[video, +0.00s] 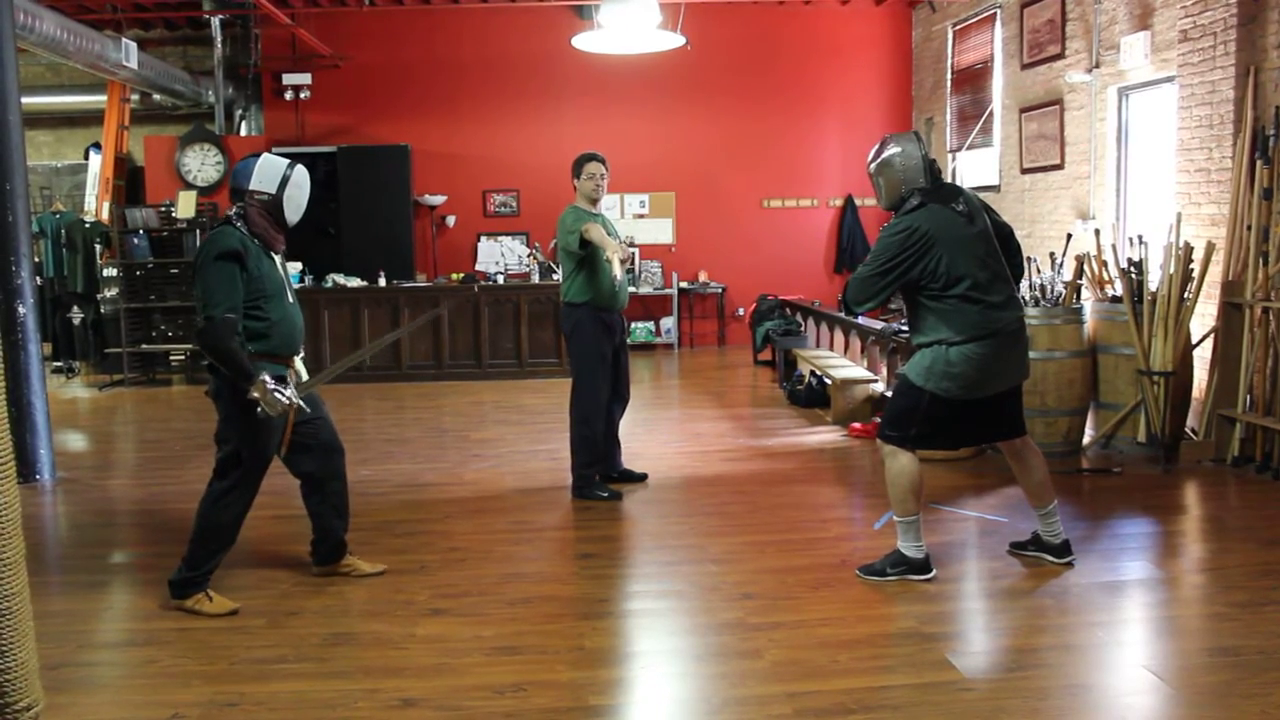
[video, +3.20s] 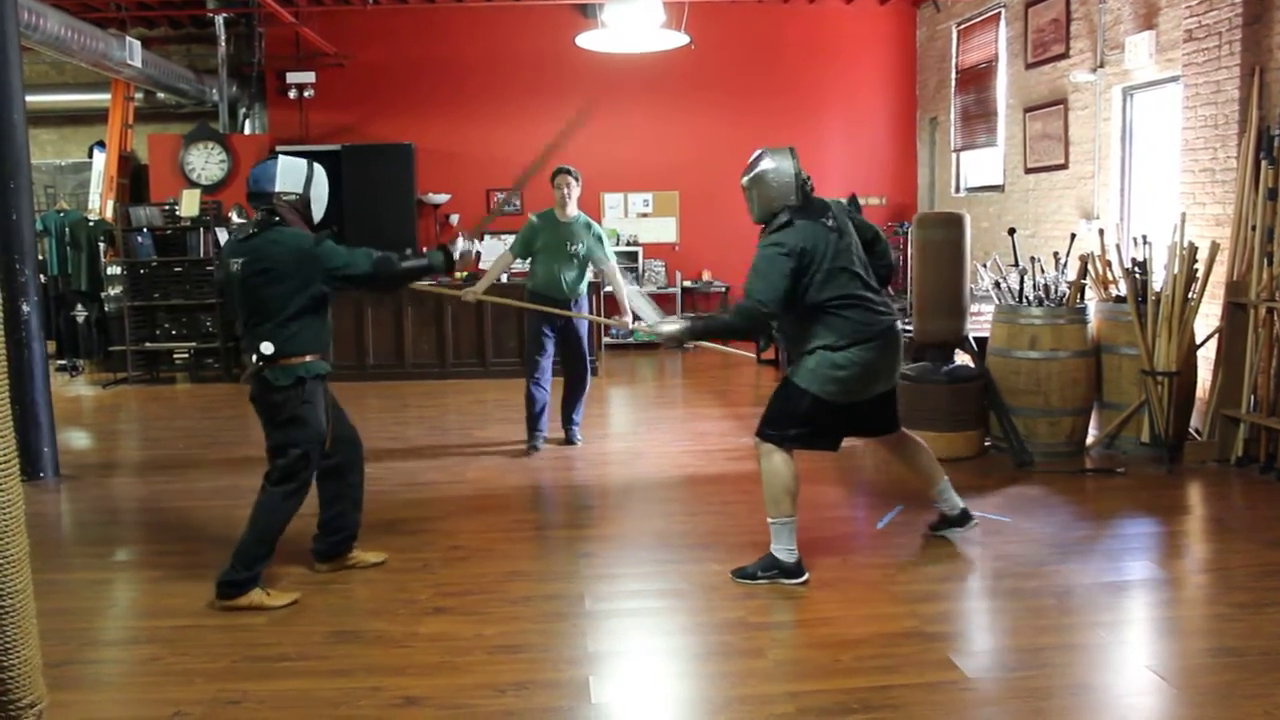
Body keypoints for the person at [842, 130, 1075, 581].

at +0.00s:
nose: (877, 191)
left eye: (878, 180)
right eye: (876, 181)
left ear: (896, 177)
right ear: (924, 171)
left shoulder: (907, 227)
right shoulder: (970, 204)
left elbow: (856, 297)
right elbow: (1013, 255)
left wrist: (884, 277)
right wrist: (994, 296)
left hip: (954, 352)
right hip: (1008, 344)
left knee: (895, 437)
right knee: (1014, 438)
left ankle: (911, 553)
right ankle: (1053, 538)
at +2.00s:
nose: (872, 183)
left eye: (874, 173)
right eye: (871, 174)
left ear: (891, 171)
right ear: (921, 164)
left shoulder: (901, 221)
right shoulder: (965, 200)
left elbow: (850, 290)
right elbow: (1008, 248)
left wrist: (887, 267)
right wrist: (997, 295)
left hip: (944, 348)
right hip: (997, 340)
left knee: (898, 443)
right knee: (985, 435)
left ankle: (912, 555)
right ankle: (1028, 533)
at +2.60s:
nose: (860, 188)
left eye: (863, 178)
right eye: (861, 179)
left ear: (881, 181)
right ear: (909, 176)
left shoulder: (890, 230)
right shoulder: (953, 211)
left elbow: (837, 296)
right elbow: (992, 259)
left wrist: (882, 269)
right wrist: (971, 298)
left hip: (922, 357)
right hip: (977, 351)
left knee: (858, 433)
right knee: (974, 446)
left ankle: (848, 547)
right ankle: (1023, 539)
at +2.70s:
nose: (841, 192)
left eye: (843, 183)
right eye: (841, 182)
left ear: (857, 184)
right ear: (891, 178)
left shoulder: (867, 231)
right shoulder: (934, 214)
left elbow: (812, 289)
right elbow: (970, 270)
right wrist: (942, 299)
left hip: (902, 360)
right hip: (958, 355)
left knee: (838, 437)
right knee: (971, 446)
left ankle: (809, 551)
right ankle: (1024, 538)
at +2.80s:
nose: (816, 195)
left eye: (819, 185)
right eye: (816, 186)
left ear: (836, 183)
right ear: (864, 178)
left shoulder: (842, 233)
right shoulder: (909, 215)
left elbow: (782, 286)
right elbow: (942, 277)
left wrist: (765, 269)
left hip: (879, 363)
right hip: (934, 357)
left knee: (814, 443)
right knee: (958, 445)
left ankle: (795, 557)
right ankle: (1020, 532)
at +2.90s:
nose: (789, 198)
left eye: (791, 189)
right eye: (788, 189)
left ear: (807, 187)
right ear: (837, 182)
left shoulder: (814, 234)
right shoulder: (881, 215)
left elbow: (755, 280)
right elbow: (916, 259)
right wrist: (901, 301)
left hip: (860, 358)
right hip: (913, 351)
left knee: (795, 443)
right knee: (938, 441)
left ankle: (788, 558)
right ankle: (1010, 520)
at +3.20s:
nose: (747, 201)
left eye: (750, 192)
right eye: (747, 192)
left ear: (766, 192)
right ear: (797, 186)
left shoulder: (781, 239)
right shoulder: (840, 213)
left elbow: (755, 314)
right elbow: (882, 258)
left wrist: (692, 328)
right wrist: (859, 296)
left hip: (837, 350)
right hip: (881, 340)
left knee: (772, 440)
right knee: (888, 430)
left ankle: (784, 556)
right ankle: (954, 508)